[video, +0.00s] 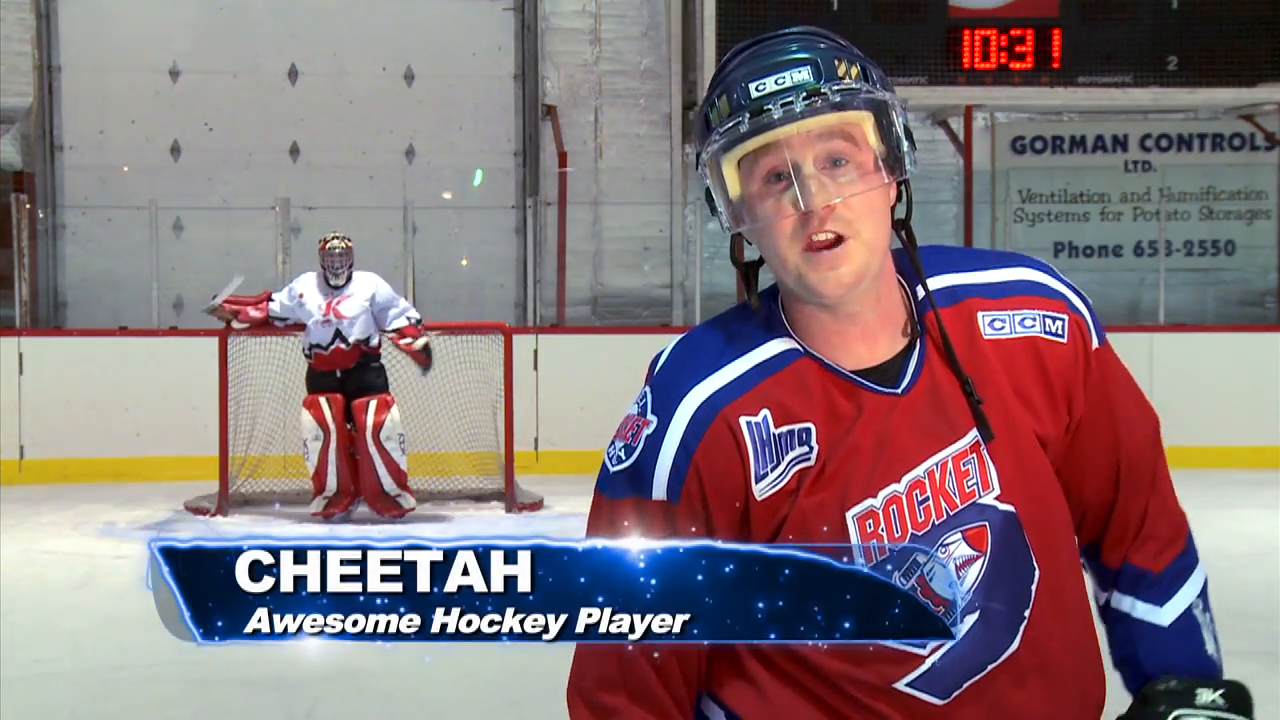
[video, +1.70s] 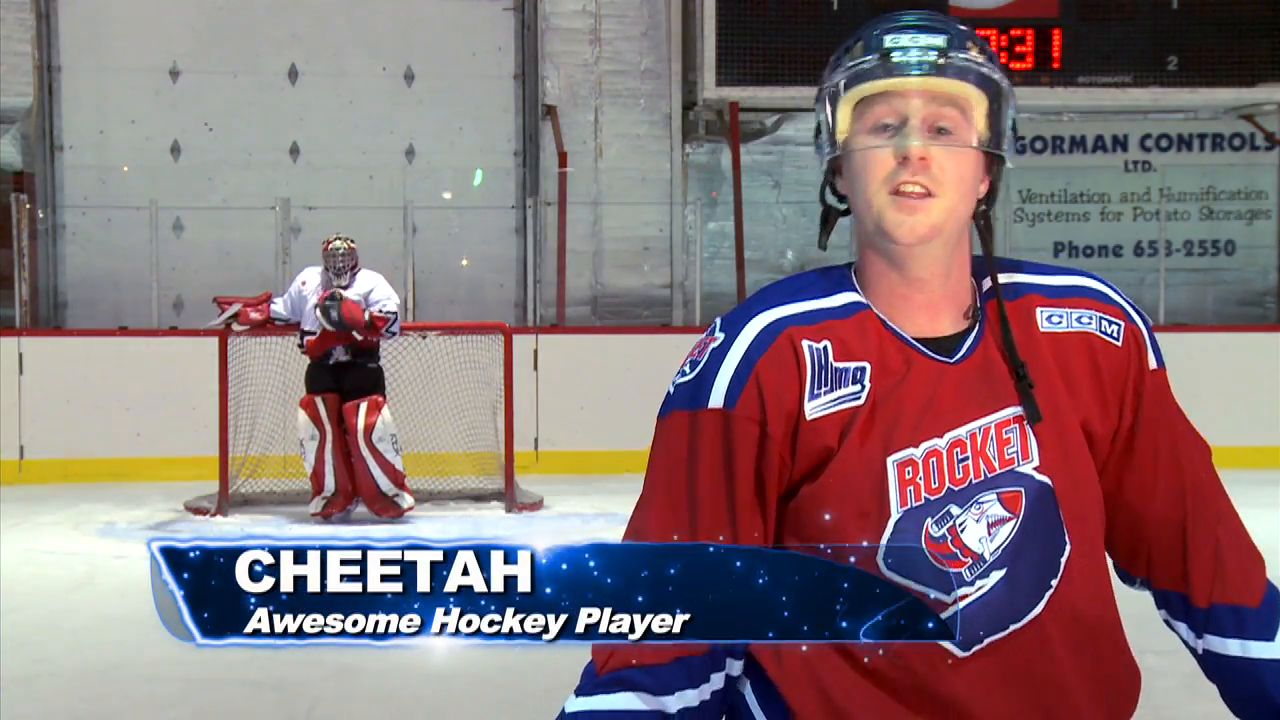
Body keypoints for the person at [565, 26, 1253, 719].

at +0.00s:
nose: (815, 201)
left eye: (837, 163)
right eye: (779, 180)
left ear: (889, 180)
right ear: (741, 221)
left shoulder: (1036, 314)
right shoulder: (689, 413)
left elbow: (1139, 527)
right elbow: (626, 689)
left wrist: (1187, 698)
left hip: (1052, 710)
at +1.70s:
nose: (912, 150)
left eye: (943, 127)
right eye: (884, 126)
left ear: (985, 166)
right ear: (841, 161)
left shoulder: (1094, 329)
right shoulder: (754, 359)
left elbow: (1217, 581)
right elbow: (657, 637)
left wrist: (1275, 697)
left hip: (1076, 704)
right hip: (841, 711)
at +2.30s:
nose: (1023, 183)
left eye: (1054, 158)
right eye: (997, 151)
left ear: (1089, 184)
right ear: (946, 168)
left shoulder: (1165, 356)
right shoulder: (831, 333)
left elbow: (1258, 617)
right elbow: (723, 580)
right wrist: (621, 708)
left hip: (1099, 706)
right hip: (865, 707)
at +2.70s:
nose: (1032, 192)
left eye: (1063, 162)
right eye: (1001, 158)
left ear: (1097, 182)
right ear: (950, 171)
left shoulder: (1172, 345)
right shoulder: (843, 330)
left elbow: (1249, 592)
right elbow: (731, 562)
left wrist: (1254, 705)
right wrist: (708, 702)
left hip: (1102, 703)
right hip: (864, 705)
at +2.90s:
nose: (994, 201)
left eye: (1020, 168)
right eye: (961, 170)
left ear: (1056, 184)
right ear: (912, 185)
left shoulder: (1154, 340)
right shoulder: (823, 329)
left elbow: (1223, 610)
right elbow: (729, 517)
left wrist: (1233, 714)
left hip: (1093, 707)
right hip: (855, 707)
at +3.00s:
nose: (971, 198)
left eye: (998, 165)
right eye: (940, 168)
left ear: (1035, 182)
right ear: (891, 186)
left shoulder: (1138, 336)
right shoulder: (806, 320)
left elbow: (1221, 605)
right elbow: (741, 533)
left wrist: (1235, 713)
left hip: (1093, 707)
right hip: (847, 706)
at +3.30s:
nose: (925, 183)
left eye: (951, 150)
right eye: (894, 154)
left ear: (996, 172)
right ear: (845, 174)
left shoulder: (1101, 326)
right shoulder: (764, 312)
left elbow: (1180, 586)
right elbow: (713, 507)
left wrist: (1214, 712)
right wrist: (792, 390)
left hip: (1062, 707)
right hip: (824, 707)